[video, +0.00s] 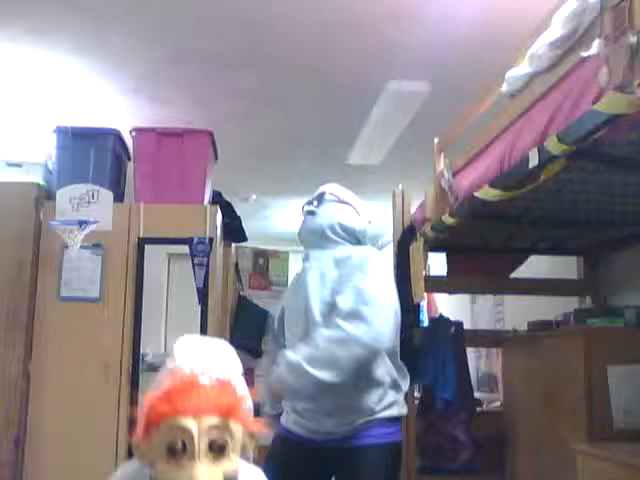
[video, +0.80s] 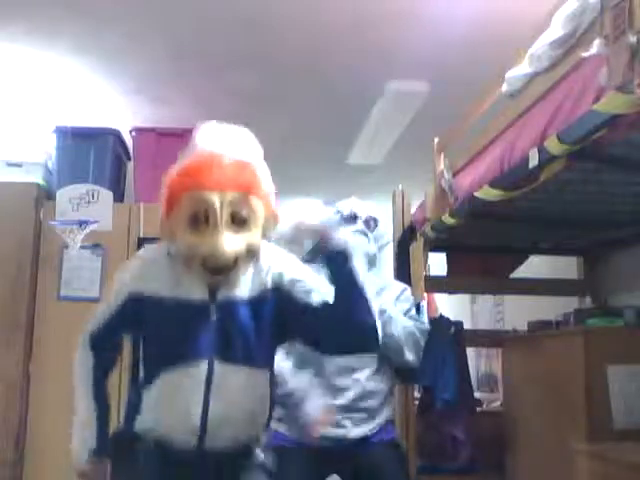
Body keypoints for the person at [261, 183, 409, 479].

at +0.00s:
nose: (318, 211)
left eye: (327, 204)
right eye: (316, 204)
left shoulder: (367, 265)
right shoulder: (300, 280)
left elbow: (367, 337)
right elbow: (277, 348)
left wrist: (283, 377)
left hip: (366, 438)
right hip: (300, 433)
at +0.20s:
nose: (353, 234)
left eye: (365, 228)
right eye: (343, 224)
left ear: (379, 240)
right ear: (327, 233)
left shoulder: (392, 291)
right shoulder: (284, 284)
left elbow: (413, 355)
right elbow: (248, 354)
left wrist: (358, 321)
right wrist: (244, 419)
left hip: (372, 436)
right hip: (295, 436)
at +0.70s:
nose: (357, 224)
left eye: (368, 221)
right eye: (347, 215)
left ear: (378, 235)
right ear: (327, 226)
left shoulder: (395, 289)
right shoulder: (289, 278)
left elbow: (415, 350)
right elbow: (265, 353)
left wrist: (377, 309)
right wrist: (276, 418)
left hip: (372, 437)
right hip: (299, 436)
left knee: (393, 472)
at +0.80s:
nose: (352, 242)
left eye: (363, 233)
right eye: (344, 232)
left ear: (379, 244)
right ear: (327, 238)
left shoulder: (394, 294)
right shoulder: (299, 287)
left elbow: (412, 354)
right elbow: (277, 358)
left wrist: (365, 275)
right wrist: (307, 403)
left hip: (371, 440)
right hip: (297, 440)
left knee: (388, 471)